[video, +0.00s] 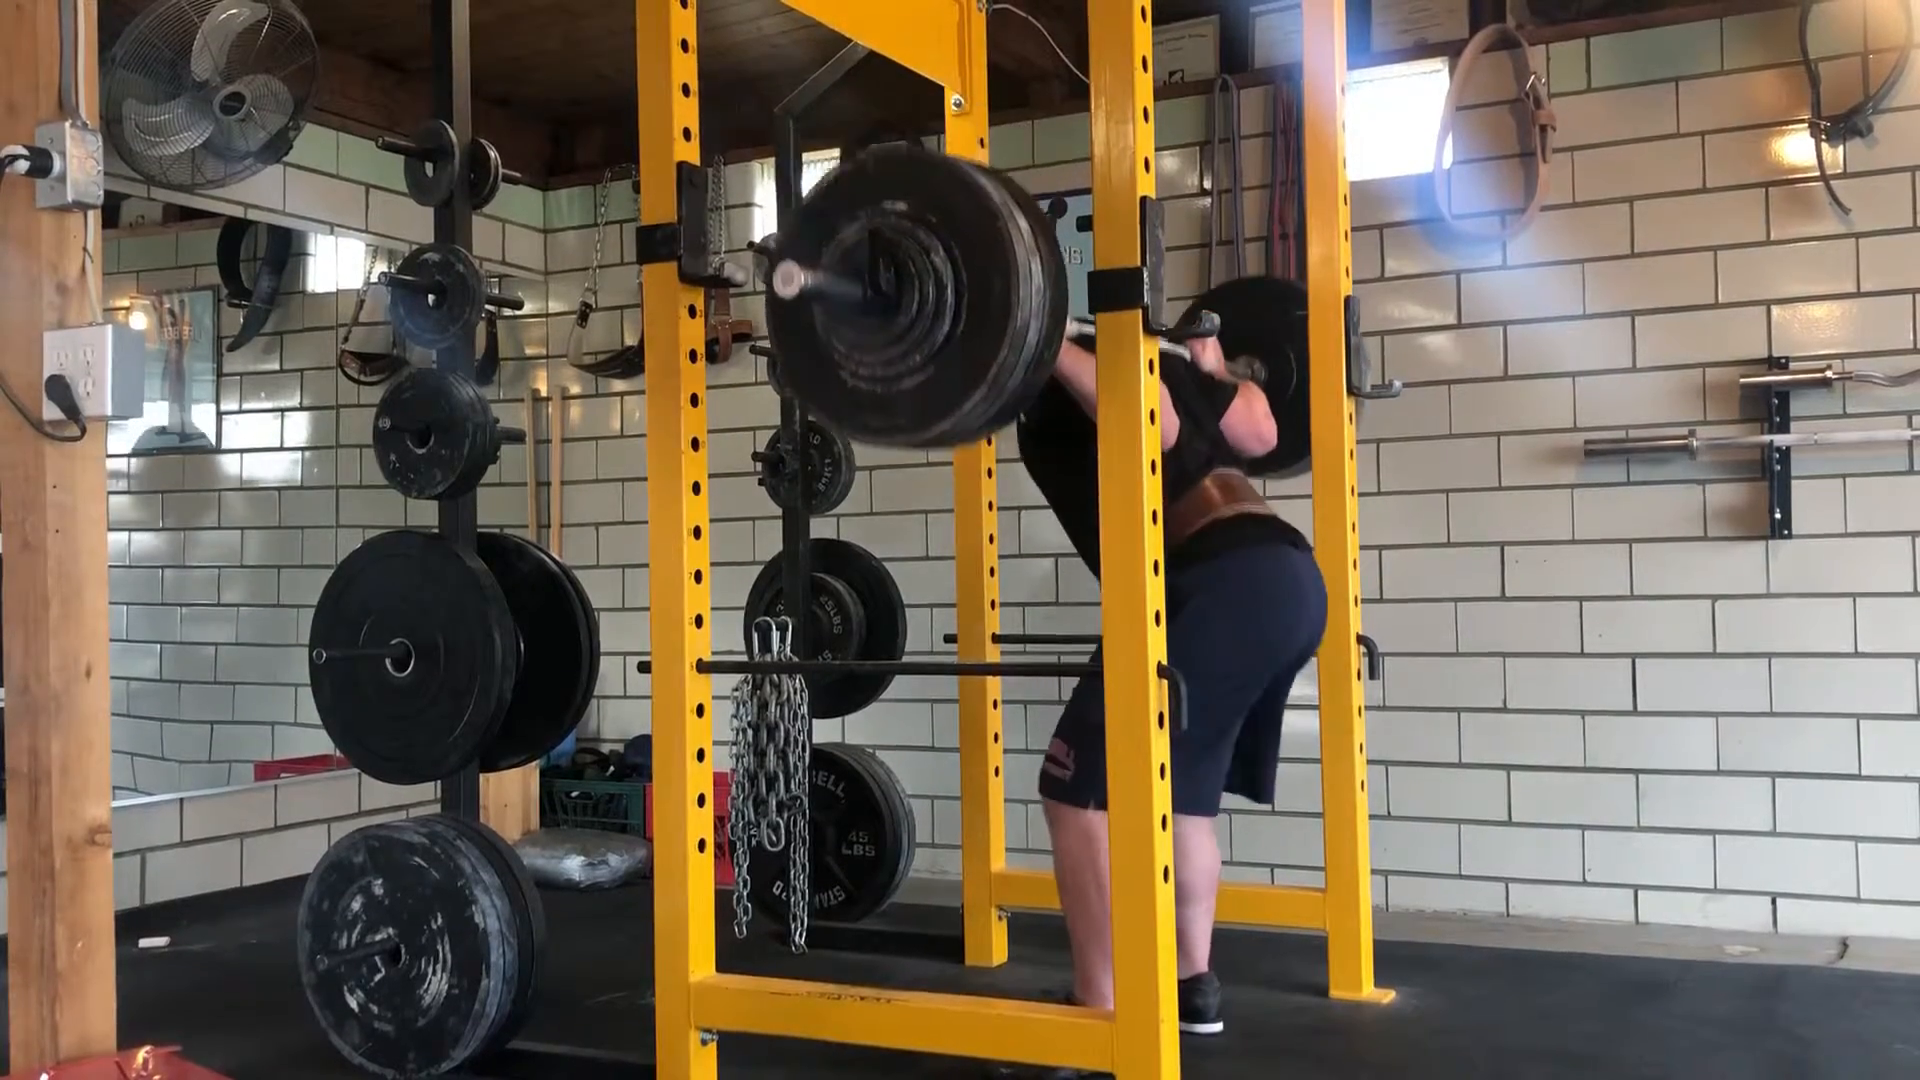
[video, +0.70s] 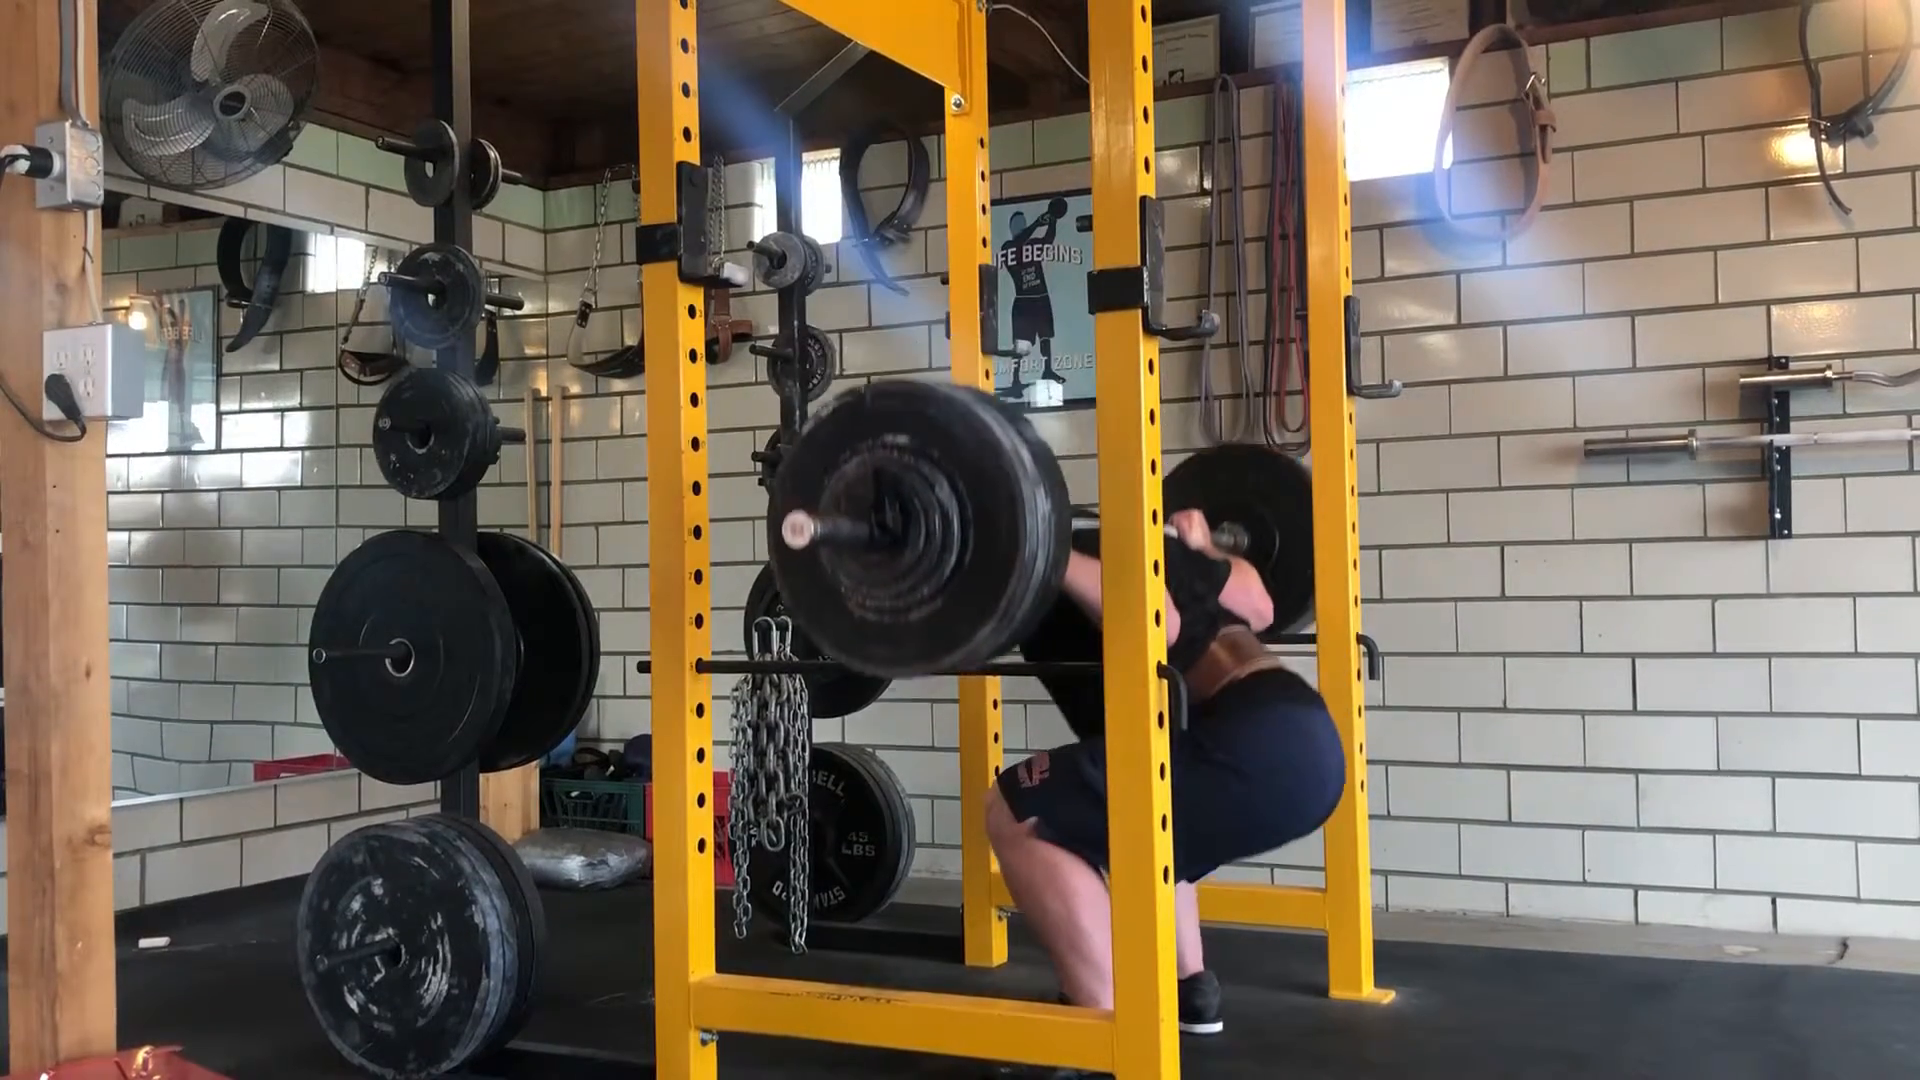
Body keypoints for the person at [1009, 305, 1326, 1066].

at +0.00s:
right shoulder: (1150, 356)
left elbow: (1158, 424)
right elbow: (1258, 431)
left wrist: (1042, 346)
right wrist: (1213, 367)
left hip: (1223, 579)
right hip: (1281, 578)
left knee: (1072, 780)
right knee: (1191, 787)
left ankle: (1098, 1005)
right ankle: (1192, 987)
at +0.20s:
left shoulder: (1081, 426)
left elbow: (1167, 485)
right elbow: (1265, 484)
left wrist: (1045, 405)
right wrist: (1216, 426)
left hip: (1248, 620)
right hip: (1298, 621)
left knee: (1059, 790)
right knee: (1181, 807)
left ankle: (1101, 1012)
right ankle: (1191, 987)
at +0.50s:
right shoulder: (1144, 496)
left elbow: (1163, 568)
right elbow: (1262, 555)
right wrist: (1216, 505)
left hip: (1261, 694)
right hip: (1310, 694)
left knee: (1036, 802)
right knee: (1169, 812)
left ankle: (1102, 1021)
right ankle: (1190, 982)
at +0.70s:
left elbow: (1161, 626)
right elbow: (1259, 603)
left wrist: (1041, 545)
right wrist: (1203, 550)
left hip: (1266, 744)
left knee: (1016, 810)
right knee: (1145, 812)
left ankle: (1104, 1029)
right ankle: (1188, 983)